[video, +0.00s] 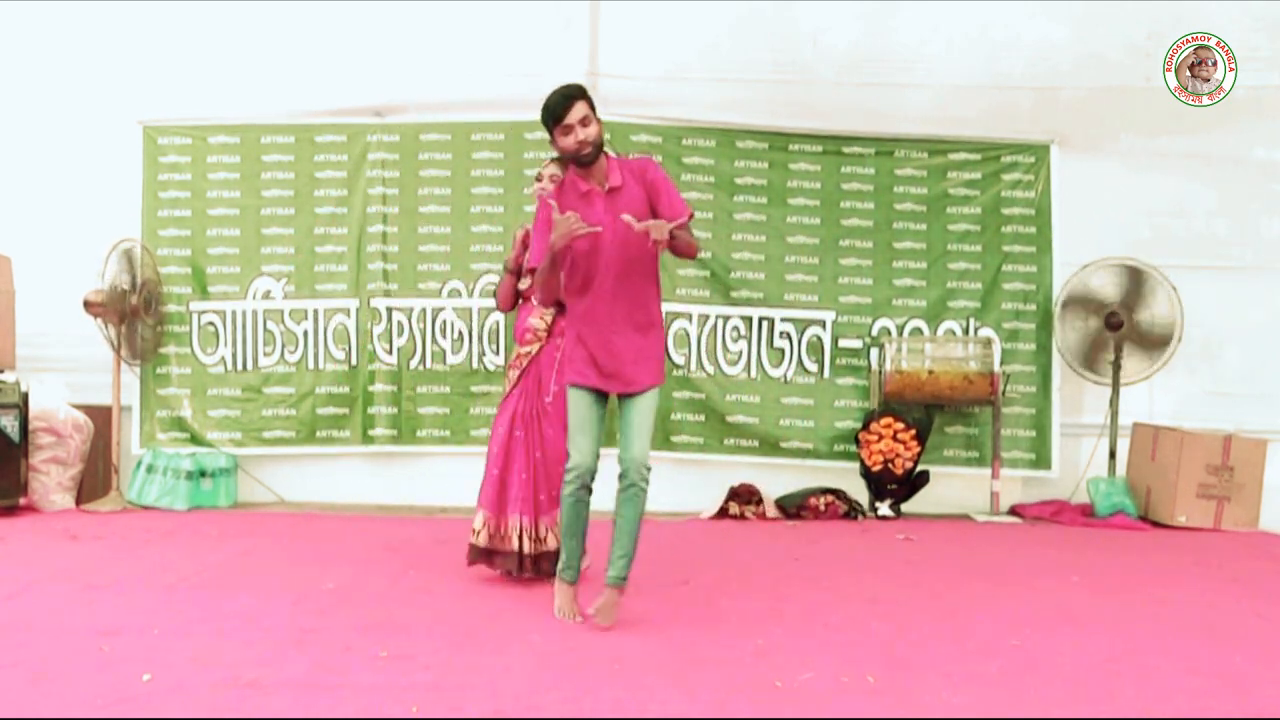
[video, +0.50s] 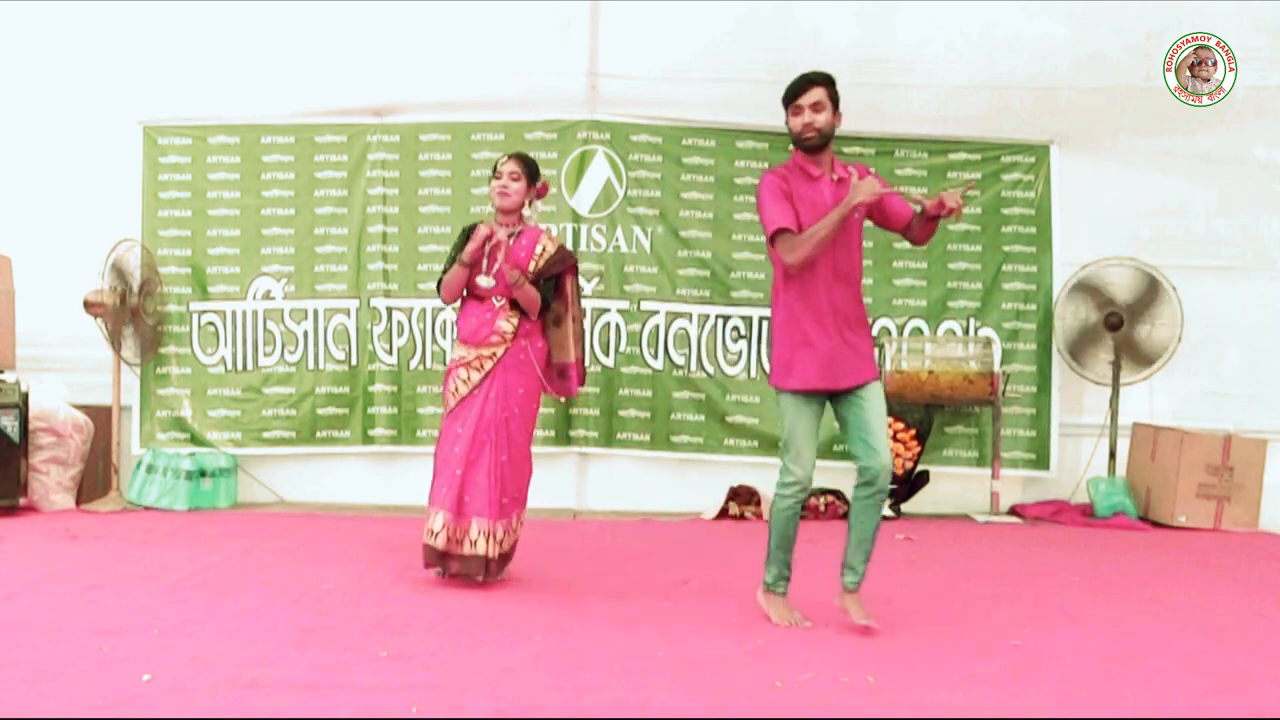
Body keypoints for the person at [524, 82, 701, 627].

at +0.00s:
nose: (582, 134)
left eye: (586, 121)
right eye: (569, 130)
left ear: (599, 119)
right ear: (555, 140)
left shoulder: (645, 173)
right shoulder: (555, 196)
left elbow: (691, 247)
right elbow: (546, 294)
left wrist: (666, 232)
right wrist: (556, 244)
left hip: (640, 343)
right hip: (581, 343)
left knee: (635, 465)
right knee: (582, 466)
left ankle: (616, 585)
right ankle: (567, 577)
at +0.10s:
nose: (629, 139)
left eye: (635, 126)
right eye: (616, 134)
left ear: (651, 127)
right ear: (605, 147)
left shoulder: (695, 188)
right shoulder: (606, 212)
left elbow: (738, 259)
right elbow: (594, 305)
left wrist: (727, 259)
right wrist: (617, 261)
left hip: (688, 357)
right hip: (628, 359)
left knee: (710, 474)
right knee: (604, 476)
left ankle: (734, 597)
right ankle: (568, 581)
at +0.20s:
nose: (659, 140)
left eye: (667, 128)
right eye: (649, 135)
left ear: (688, 132)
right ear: (641, 149)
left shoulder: (733, 194)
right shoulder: (640, 215)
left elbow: (772, 262)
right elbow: (638, 310)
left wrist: (781, 281)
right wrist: (673, 276)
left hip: (726, 365)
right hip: (667, 367)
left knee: (745, 485)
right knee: (633, 481)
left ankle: (749, 606)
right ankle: (578, 578)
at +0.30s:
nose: (711, 133)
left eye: (720, 122)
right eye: (701, 128)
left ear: (744, 128)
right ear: (695, 142)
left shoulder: (785, 187)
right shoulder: (693, 208)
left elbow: (832, 244)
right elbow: (696, 293)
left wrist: (847, 256)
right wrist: (751, 253)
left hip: (775, 363)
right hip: (717, 363)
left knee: (775, 488)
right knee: (705, 477)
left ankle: (751, 605)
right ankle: (665, 568)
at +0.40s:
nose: (749, 119)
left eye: (758, 108)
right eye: (739, 112)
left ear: (780, 115)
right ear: (731, 124)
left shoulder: (814, 174)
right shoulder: (725, 189)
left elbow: (864, 228)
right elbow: (734, 269)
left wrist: (885, 220)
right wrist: (792, 220)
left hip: (806, 348)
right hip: (751, 349)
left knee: (794, 475)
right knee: (755, 468)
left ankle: (763, 591)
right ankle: (744, 571)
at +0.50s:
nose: (807, 117)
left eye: (817, 108)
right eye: (797, 109)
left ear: (837, 117)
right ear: (786, 121)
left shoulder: (859, 177)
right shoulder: (777, 182)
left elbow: (915, 232)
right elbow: (791, 254)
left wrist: (933, 213)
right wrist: (850, 203)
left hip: (854, 349)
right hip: (799, 351)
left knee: (877, 466)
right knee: (798, 473)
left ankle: (852, 588)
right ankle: (774, 590)